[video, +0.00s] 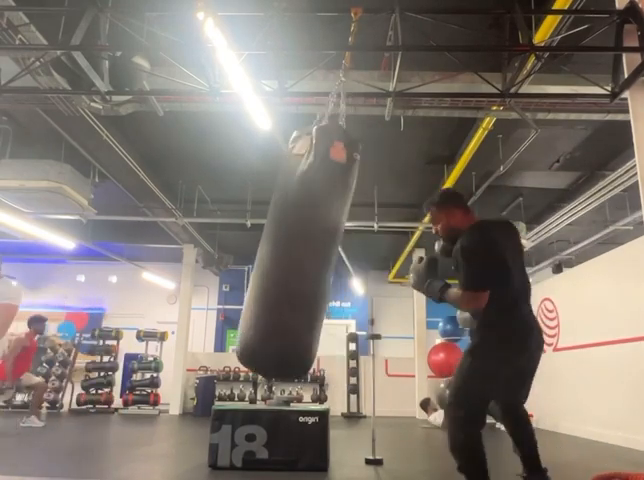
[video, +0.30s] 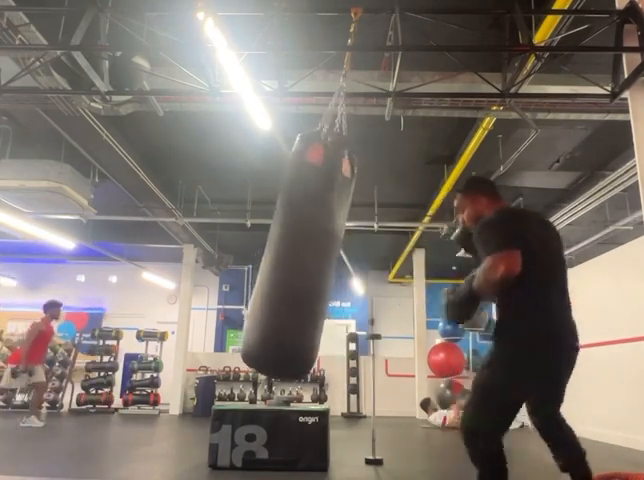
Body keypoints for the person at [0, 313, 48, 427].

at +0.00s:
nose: (44, 327)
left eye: (44, 324)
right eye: (41, 324)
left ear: (38, 326)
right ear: (33, 325)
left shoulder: (33, 341)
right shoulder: (21, 340)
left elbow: (29, 360)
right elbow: (9, 359)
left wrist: (30, 373)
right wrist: (9, 380)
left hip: (23, 373)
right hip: (13, 374)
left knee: (42, 384)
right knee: (41, 385)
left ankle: (34, 415)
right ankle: (31, 416)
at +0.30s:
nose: (59, 313)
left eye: (59, 310)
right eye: (57, 310)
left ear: (53, 311)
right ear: (50, 311)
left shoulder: (49, 328)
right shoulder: (37, 325)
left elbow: (43, 347)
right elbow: (27, 344)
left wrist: (42, 363)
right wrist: (23, 363)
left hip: (39, 362)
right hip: (31, 362)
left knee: (42, 386)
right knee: (40, 386)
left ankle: (35, 414)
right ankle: (32, 416)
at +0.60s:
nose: (66, 308)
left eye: (66, 305)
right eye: (64, 305)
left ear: (62, 306)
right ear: (56, 304)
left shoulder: (56, 323)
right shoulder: (43, 319)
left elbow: (52, 342)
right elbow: (33, 337)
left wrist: (52, 359)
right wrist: (33, 356)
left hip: (47, 359)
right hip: (38, 358)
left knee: (42, 388)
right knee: (34, 387)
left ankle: (32, 414)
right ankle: (21, 415)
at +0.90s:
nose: (74, 310)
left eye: (74, 307)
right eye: (72, 307)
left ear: (68, 307)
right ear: (64, 306)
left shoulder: (64, 324)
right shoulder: (52, 321)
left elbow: (60, 343)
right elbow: (41, 339)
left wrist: (65, 357)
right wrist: (39, 359)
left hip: (56, 358)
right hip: (50, 358)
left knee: (42, 386)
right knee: (64, 381)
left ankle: (31, 415)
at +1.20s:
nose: (90, 321)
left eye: (91, 318)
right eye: (89, 318)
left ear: (84, 318)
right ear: (81, 316)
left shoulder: (80, 331)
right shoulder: (69, 330)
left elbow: (76, 349)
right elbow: (57, 349)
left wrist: (78, 366)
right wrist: (53, 369)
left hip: (74, 365)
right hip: (66, 365)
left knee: (61, 395)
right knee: (84, 386)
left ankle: (33, 414)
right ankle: (86, 419)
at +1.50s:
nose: (98, 338)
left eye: (99, 335)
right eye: (97, 335)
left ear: (96, 334)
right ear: (92, 332)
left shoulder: (89, 346)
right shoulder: (78, 345)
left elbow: (83, 364)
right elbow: (66, 362)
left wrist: (87, 375)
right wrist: (66, 381)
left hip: (82, 377)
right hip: (73, 377)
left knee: (66, 410)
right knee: (95, 388)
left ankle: (37, 413)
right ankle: (89, 420)